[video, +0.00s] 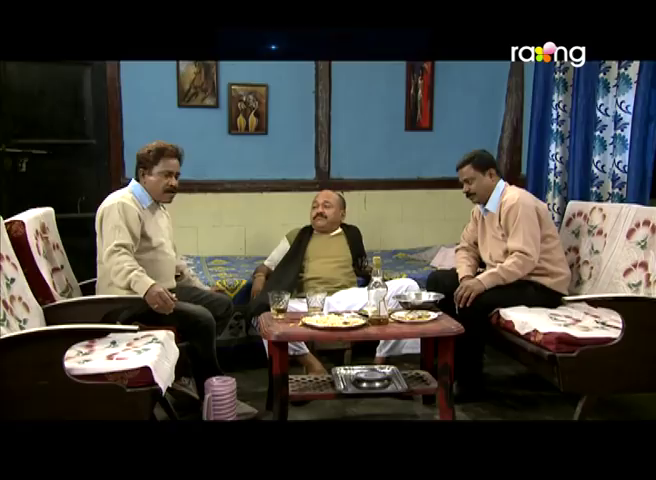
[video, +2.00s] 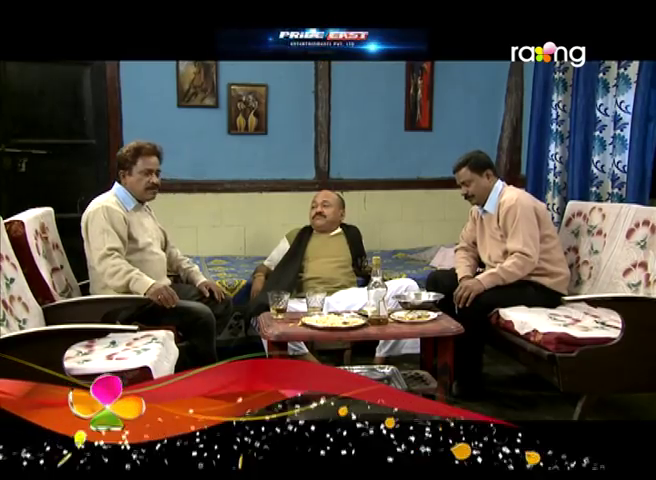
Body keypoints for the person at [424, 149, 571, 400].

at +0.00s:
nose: (465, 189)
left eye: (469, 181)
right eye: (462, 184)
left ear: (491, 175)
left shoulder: (519, 202)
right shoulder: (480, 209)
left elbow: (524, 258)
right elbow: (466, 247)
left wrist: (481, 282)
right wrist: (466, 276)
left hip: (542, 285)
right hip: (504, 277)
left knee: (473, 301)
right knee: (438, 280)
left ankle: (468, 384)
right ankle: (441, 369)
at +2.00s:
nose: (464, 192)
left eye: (467, 184)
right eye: (461, 187)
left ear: (488, 176)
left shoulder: (518, 203)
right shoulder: (479, 209)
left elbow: (524, 259)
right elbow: (465, 247)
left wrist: (481, 282)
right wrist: (466, 276)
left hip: (542, 286)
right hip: (505, 279)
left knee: (473, 302)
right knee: (439, 280)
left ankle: (467, 383)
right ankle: (438, 370)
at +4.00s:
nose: (463, 194)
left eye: (466, 186)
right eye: (459, 189)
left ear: (486, 177)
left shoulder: (517, 203)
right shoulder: (479, 209)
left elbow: (523, 259)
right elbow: (465, 247)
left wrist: (479, 281)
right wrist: (465, 276)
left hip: (542, 286)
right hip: (504, 277)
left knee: (472, 301)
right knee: (437, 280)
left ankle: (467, 385)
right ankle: (440, 369)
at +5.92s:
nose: (458, 198)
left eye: (460, 190)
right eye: (455, 193)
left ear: (481, 179)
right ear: (478, 181)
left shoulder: (513, 206)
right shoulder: (478, 208)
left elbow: (513, 266)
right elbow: (464, 248)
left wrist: (465, 294)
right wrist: (464, 282)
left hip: (541, 286)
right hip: (503, 277)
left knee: (468, 302)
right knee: (437, 280)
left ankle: (467, 386)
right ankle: (440, 369)